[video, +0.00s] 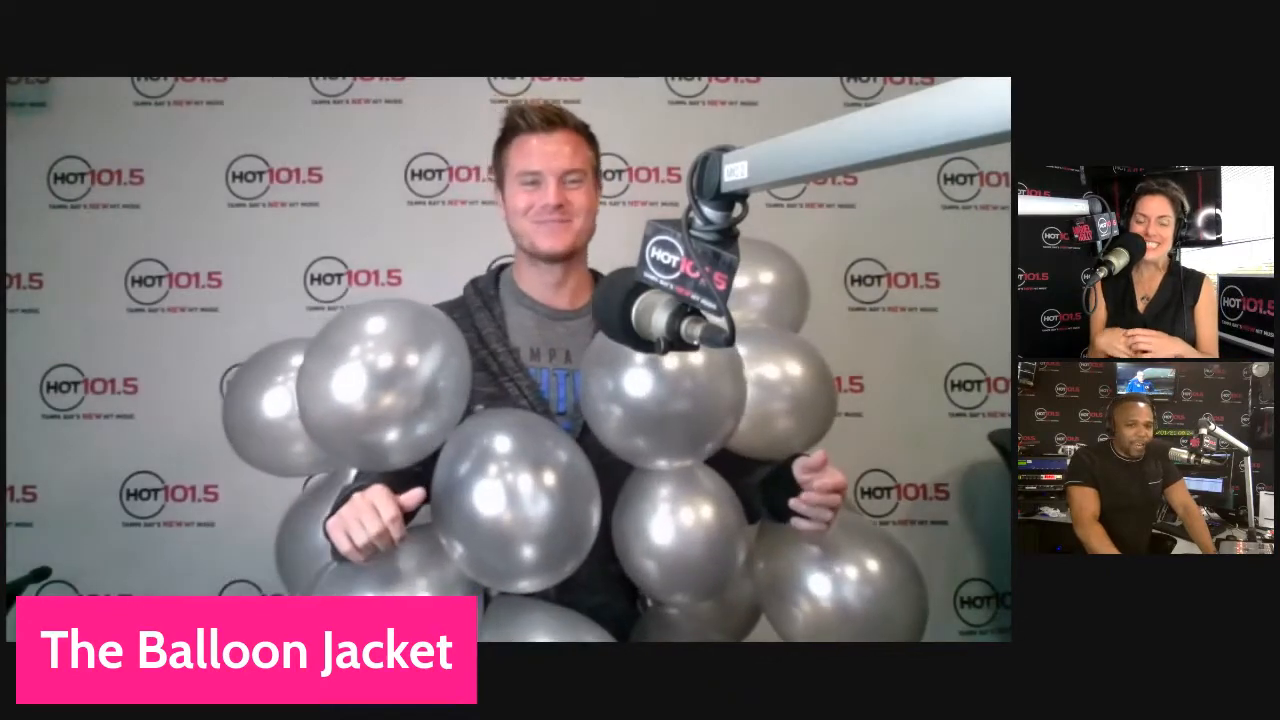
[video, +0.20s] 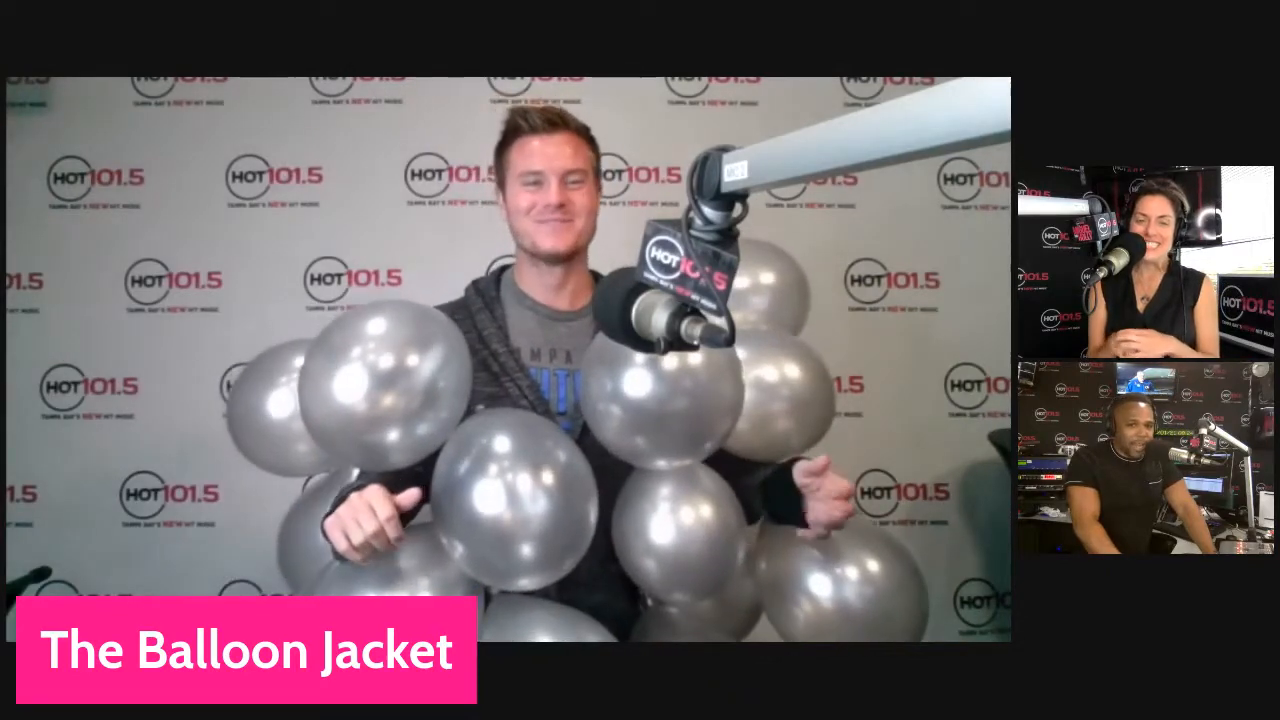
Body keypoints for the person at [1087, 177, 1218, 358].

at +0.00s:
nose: (1150, 231)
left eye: (1163, 223)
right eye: (1141, 220)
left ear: (1177, 230)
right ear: (1127, 224)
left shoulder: (1198, 287)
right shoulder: (1104, 285)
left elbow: (1211, 361)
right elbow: (1093, 359)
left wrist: (1179, 347)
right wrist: (1099, 342)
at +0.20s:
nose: (1150, 231)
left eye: (1163, 222)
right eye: (1141, 220)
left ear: (1177, 230)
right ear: (1128, 224)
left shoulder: (1198, 287)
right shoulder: (1104, 286)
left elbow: (1211, 360)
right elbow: (1093, 356)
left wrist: (1171, 345)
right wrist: (1110, 347)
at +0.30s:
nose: (1150, 231)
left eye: (1163, 222)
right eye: (1141, 220)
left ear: (1177, 230)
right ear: (1127, 224)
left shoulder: (1198, 286)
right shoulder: (1104, 286)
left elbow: (1211, 361)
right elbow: (1094, 355)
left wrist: (1162, 344)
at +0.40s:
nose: (1151, 231)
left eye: (1164, 222)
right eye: (1142, 220)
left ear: (1178, 230)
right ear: (1128, 224)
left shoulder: (1198, 285)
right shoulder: (1104, 285)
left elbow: (1211, 360)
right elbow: (1095, 354)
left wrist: (1157, 347)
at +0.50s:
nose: (1150, 229)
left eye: (1163, 221)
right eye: (1141, 218)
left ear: (1178, 231)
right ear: (1128, 224)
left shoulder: (1198, 285)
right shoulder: (1104, 285)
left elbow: (1211, 360)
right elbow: (1095, 354)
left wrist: (1158, 346)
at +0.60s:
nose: (1149, 228)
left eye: (1162, 221)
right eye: (1140, 218)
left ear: (1177, 230)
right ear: (1128, 224)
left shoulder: (1198, 285)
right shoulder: (1104, 284)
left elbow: (1210, 359)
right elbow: (1096, 352)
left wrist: (1161, 345)